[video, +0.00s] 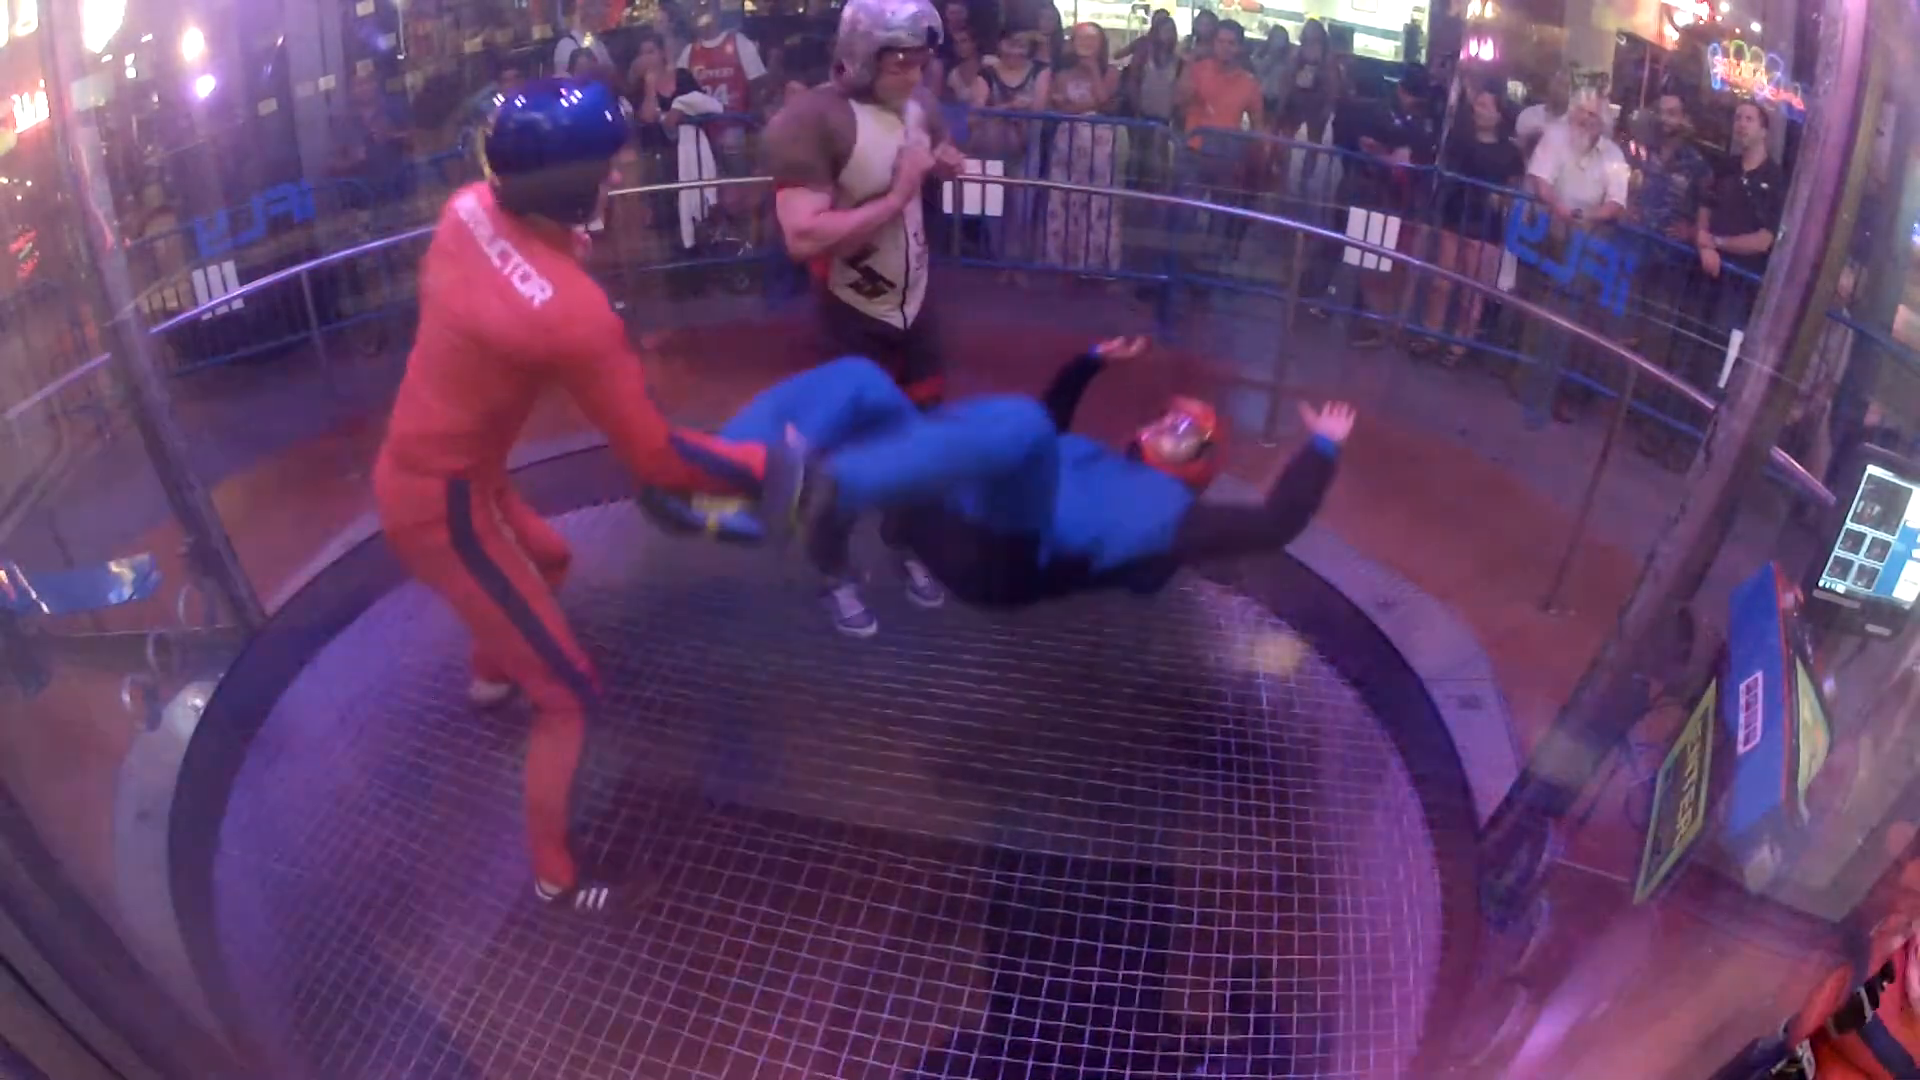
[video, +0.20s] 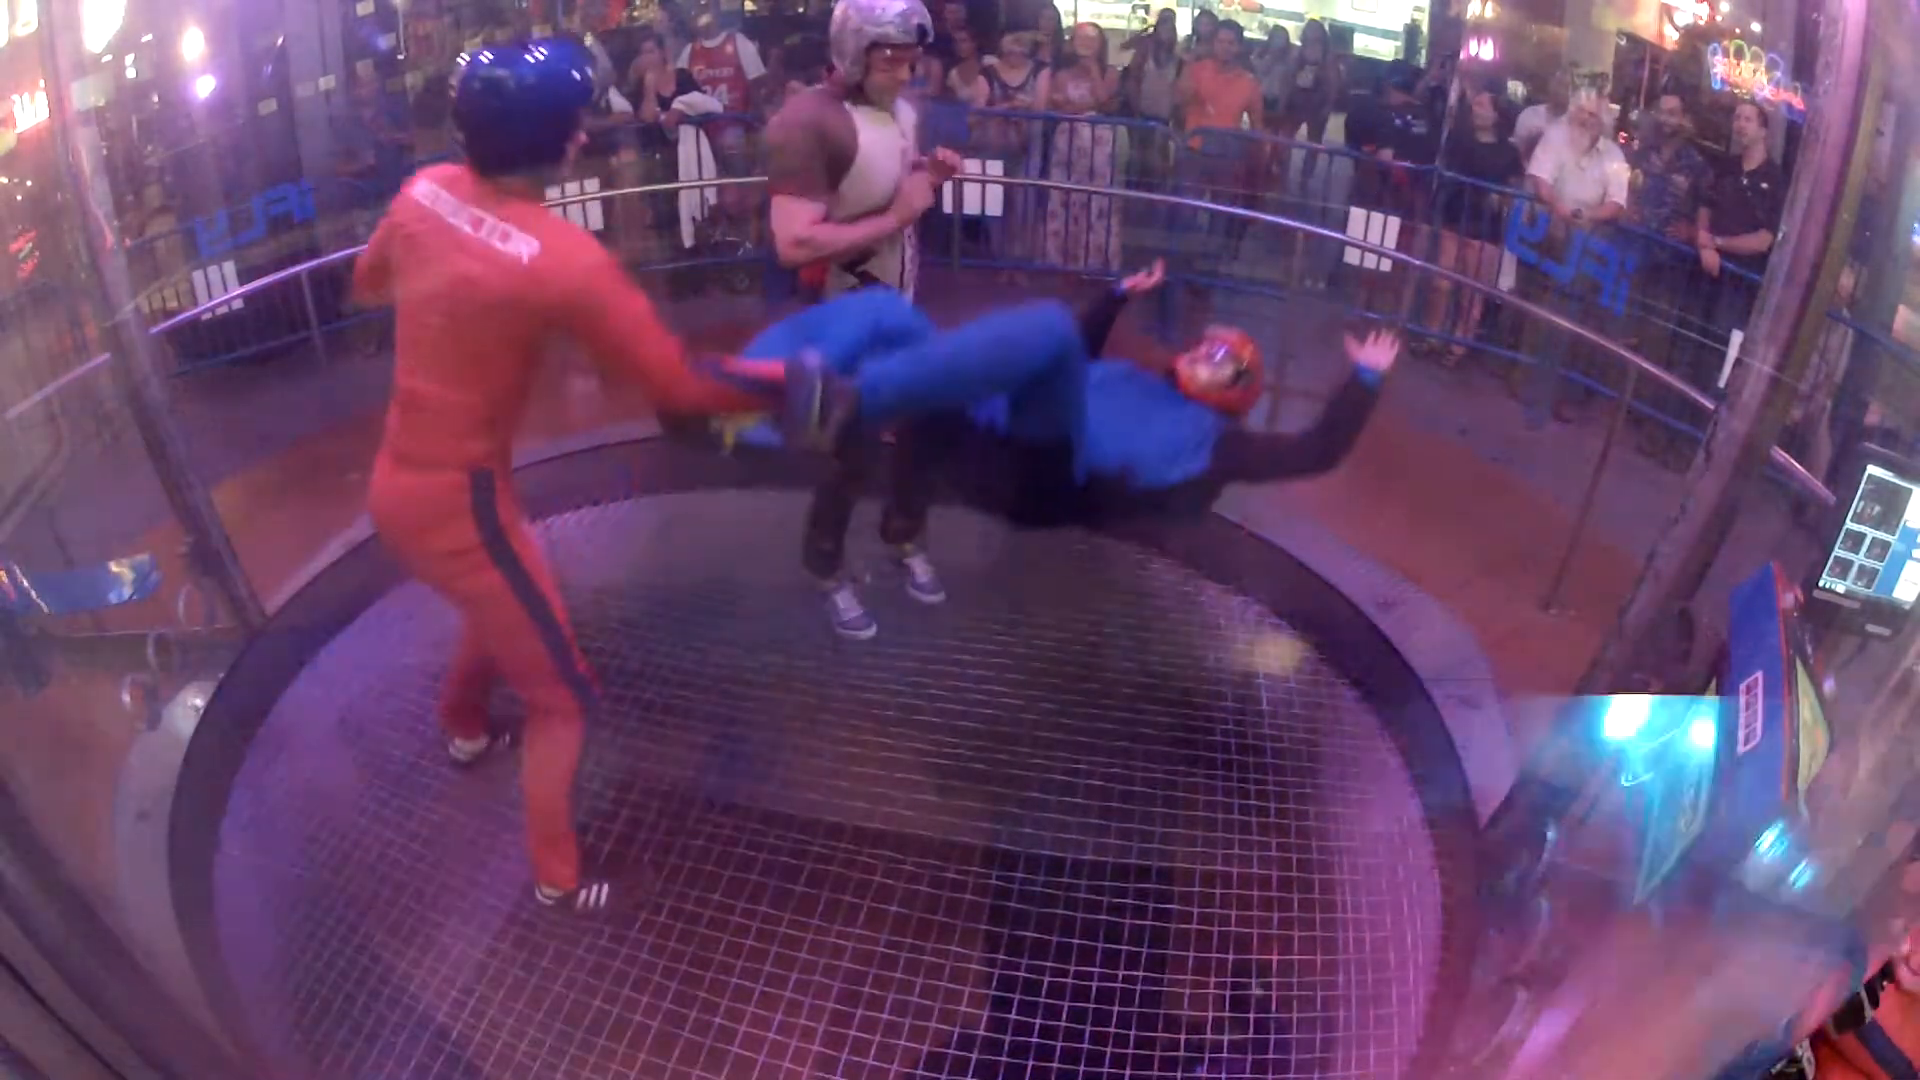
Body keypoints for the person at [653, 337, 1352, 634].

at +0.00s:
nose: (1173, 426)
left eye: (1189, 433)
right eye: (1170, 419)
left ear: (1197, 465)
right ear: (1147, 427)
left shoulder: (1182, 520)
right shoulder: (1086, 458)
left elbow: (1277, 526)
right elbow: (1043, 422)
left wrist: (1322, 451)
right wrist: (1092, 362)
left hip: (1005, 562)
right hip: (947, 518)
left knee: (1023, 427)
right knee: (857, 377)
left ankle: (833, 490)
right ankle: (717, 476)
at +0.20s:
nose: (1206, 356)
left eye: (1226, 361)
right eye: (1204, 347)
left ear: (1240, 393)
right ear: (1183, 352)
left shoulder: (1219, 444)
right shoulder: (1133, 379)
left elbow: (1319, 452)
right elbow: (1073, 362)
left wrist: (1365, 380)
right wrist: (1119, 296)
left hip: (1052, 474)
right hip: (1008, 428)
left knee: (1054, 325)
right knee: (882, 309)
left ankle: (855, 402)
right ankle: (720, 386)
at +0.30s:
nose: (1223, 317)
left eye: (1243, 323)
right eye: (1221, 308)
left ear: (1253, 357)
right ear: (1197, 313)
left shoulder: (1234, 406)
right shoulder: (1147, 340)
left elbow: (1335, 422)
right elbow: (1092, 308)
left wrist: (1380, 347)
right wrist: (1138, 258)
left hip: (1061, 442)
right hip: (1007, 398)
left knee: (1069, 289)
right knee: (916, 258)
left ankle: (868, 360)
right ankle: (757, 335)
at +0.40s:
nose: (1238, 283)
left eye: (1257, 289)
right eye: (1236, 273)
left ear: (1268, 322)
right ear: (1214, 275)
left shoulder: (1246, 371)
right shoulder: (1168, 294)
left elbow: (1346, 396)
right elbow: (1114, 258)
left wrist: (1399, 321)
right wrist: (1152, 222)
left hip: (1067, 394)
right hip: (1024, 345)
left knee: (1090, 251)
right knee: (947, 204)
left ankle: (869, 310)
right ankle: (798, 271)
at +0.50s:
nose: (1250, 248)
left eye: (1270, 256)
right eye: (1250, 239)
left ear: (1283, 290)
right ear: (1231, 241)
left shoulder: (1255, 340)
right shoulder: (1184, 263)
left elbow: (1360, 371)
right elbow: (1129, 224)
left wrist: (1414, 304)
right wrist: (1161, 181)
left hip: (1080, 352)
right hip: (1045, 302)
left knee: (1111, 209)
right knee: (987, 141)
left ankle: (893, 261)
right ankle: (839, 209)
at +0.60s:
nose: (1273, 218)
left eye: (1292, 230)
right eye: (1275, 211)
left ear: (1299, 266)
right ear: (1251, 214)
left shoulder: (1269, 307)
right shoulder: (1203, 235)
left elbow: (1372, 338)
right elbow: (1143, 207)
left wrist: (1441, 283)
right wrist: (1184, 155)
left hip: (1094, 300)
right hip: (1063, 250)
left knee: (1143, 158)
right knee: (1025, 93)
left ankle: (917, 183)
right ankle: (876, 125)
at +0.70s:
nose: (1290, 191)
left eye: (1309, 199)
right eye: (1293, 185)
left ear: (1319, 235)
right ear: (1273, 191)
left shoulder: (1300, 280)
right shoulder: (1224, 217)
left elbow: (1389, 302)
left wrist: (1455, 258)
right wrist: (1217, 156)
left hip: (1129, 263)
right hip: (1088, 226)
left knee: (1163, 104)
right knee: (1046, 39)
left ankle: (950, 117)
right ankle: (922, 73)